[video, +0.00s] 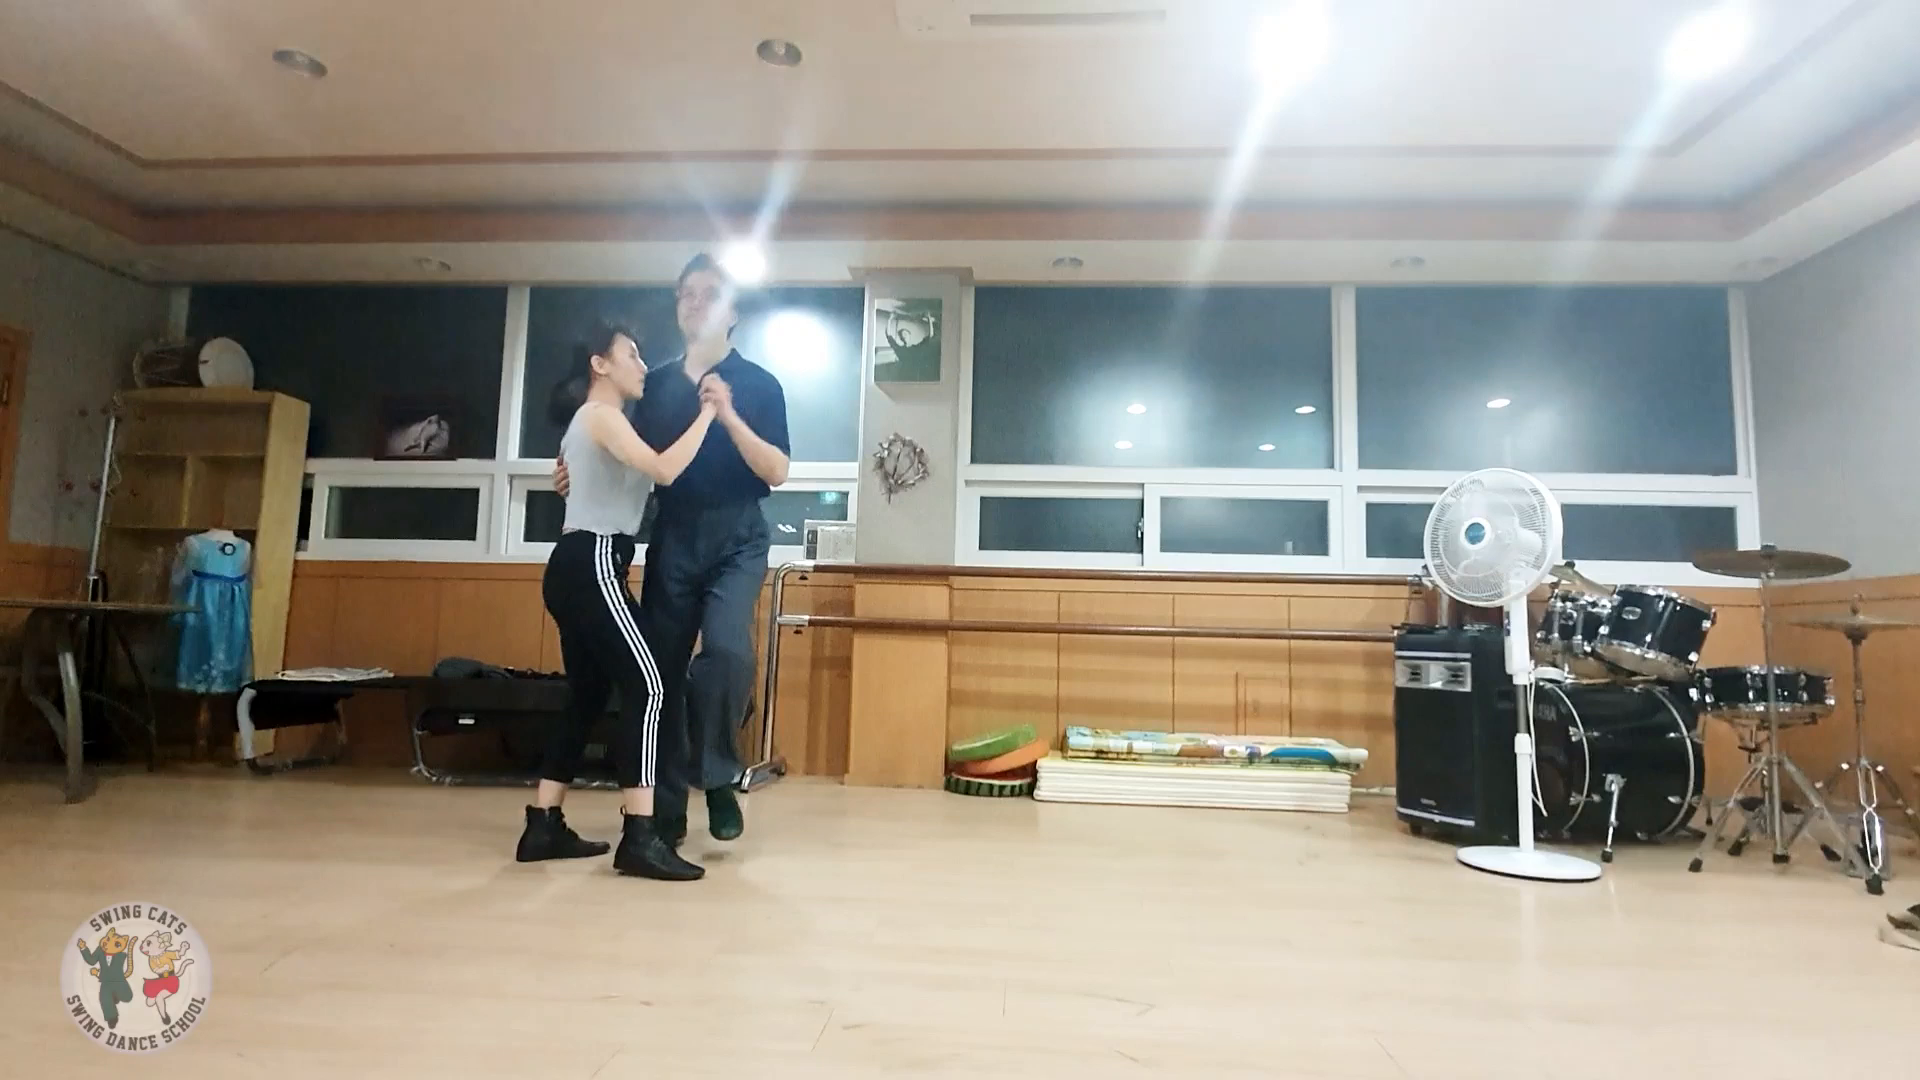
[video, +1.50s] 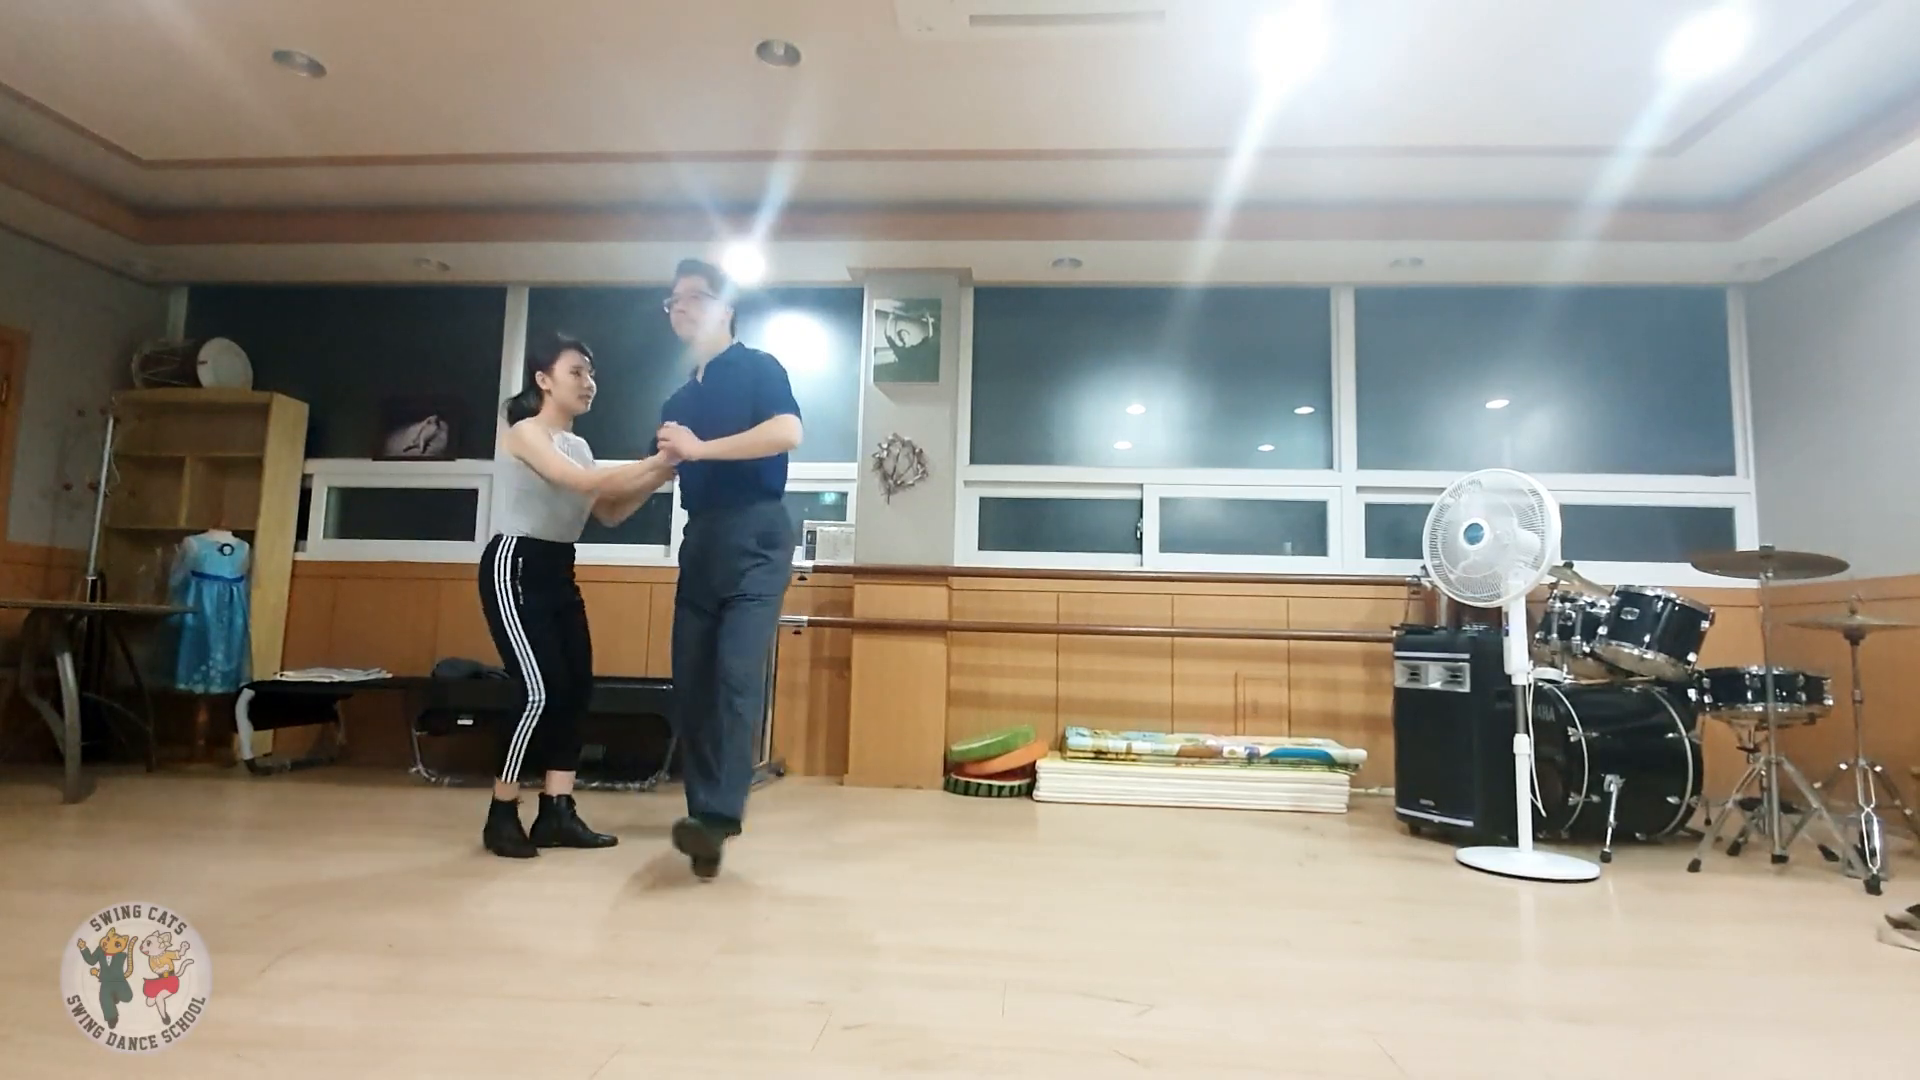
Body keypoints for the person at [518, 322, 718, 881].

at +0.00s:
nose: (643, 365)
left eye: (640, 355)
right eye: (632, 355)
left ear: (605, 368)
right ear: (600, 365)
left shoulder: (591, 422)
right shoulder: (601, 416)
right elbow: (664, 469)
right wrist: (709, 416)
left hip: (576, 565)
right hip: (593, 566)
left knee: (587, 693)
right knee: (650, 688)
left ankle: (543, 825)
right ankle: (640, 836)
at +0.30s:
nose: (630, 368)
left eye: (627, 359)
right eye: (620, 359)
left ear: (591, 371)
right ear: (588, 368)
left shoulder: (578, 423)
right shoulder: (581, 423)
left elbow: (611, 489)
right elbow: (626, 494)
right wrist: (683, 448)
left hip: (558, 563)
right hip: (566, 565)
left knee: (585, 691)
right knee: (624, 685)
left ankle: (544, 825)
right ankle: (603, 829)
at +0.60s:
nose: (597, 373)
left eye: (595, 362)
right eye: (586, 362)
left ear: (562, 374)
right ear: (551, 371)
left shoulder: (558, 432)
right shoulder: (532, 424)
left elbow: (591, 485)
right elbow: (592, 495)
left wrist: (644, 461)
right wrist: (653, 465)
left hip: (537, 573)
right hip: (504, 568)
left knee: (568, 688)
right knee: (516, 703)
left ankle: (545, 825)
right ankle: (439, 820)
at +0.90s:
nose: (571, 378)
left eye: (571, 368)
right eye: (560, 367)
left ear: (546, 378)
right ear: (523, 374)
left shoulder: (546, 441)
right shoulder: (501, 424)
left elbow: (568, 509)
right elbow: (573, 484)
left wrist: (624, 472)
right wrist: (636, 457)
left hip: (497, 571)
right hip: (451, 559)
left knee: (552, 682)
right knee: (445, 694)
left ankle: (547, 815)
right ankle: (427, 828)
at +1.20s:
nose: (579, 382)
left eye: (580, 373)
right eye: (568, 370)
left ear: (567, 383)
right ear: (533, 377)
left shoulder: (559, 441)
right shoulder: (515, 431)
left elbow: (580, 512)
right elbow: (580, 493)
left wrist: (635, 476)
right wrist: (638, 471)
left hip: (541, 573)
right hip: (504, 567)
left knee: (573, 686)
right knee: (523, 696)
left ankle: (554, 815)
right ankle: (446, 818)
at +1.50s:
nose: (589, 381)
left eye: (590, 373)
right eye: (576, 372)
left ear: (589, 384)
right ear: (543, 380)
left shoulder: (579, 448)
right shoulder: (521, 432)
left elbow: (610, 512)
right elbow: (577, 479)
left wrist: (662, 473)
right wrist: (654, 462)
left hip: (556, 573)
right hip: (514, 568)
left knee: (574, 686)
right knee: (539, 689)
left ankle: (556, 814)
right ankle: (502, 815)